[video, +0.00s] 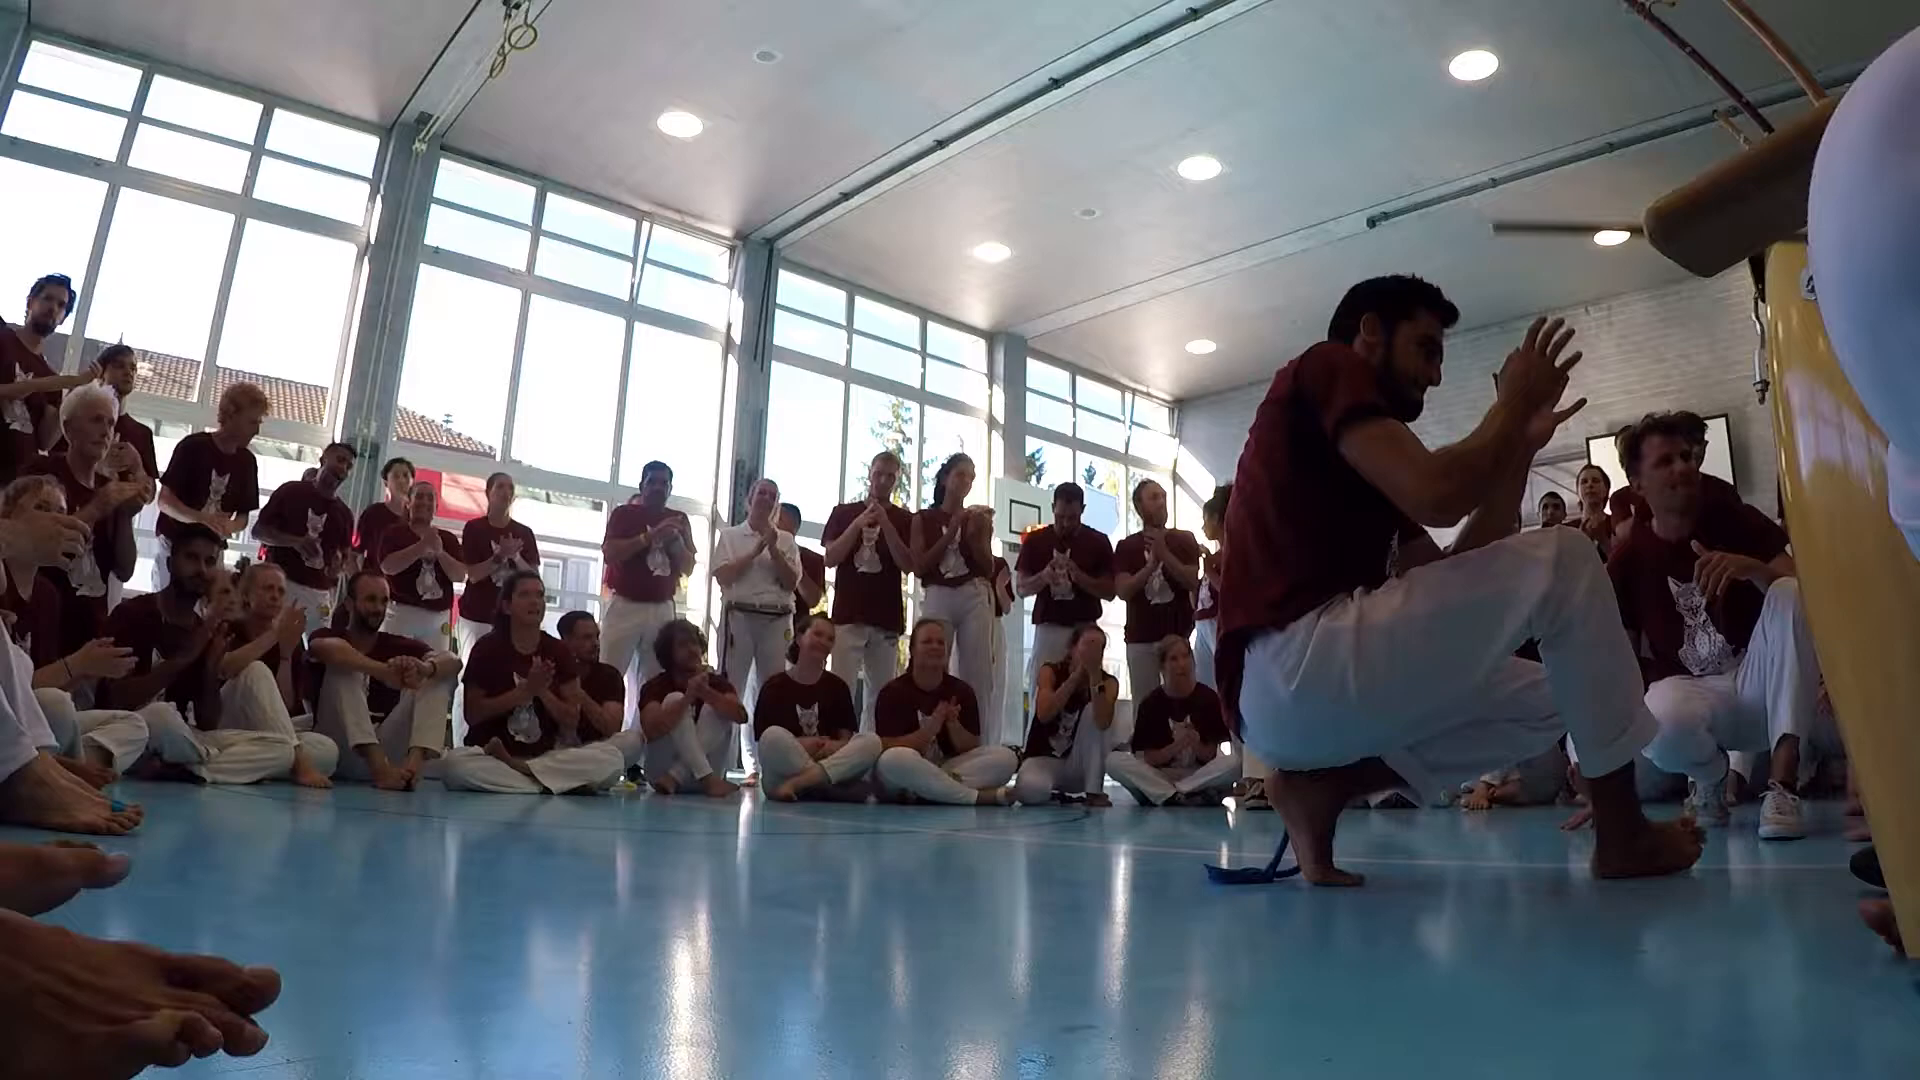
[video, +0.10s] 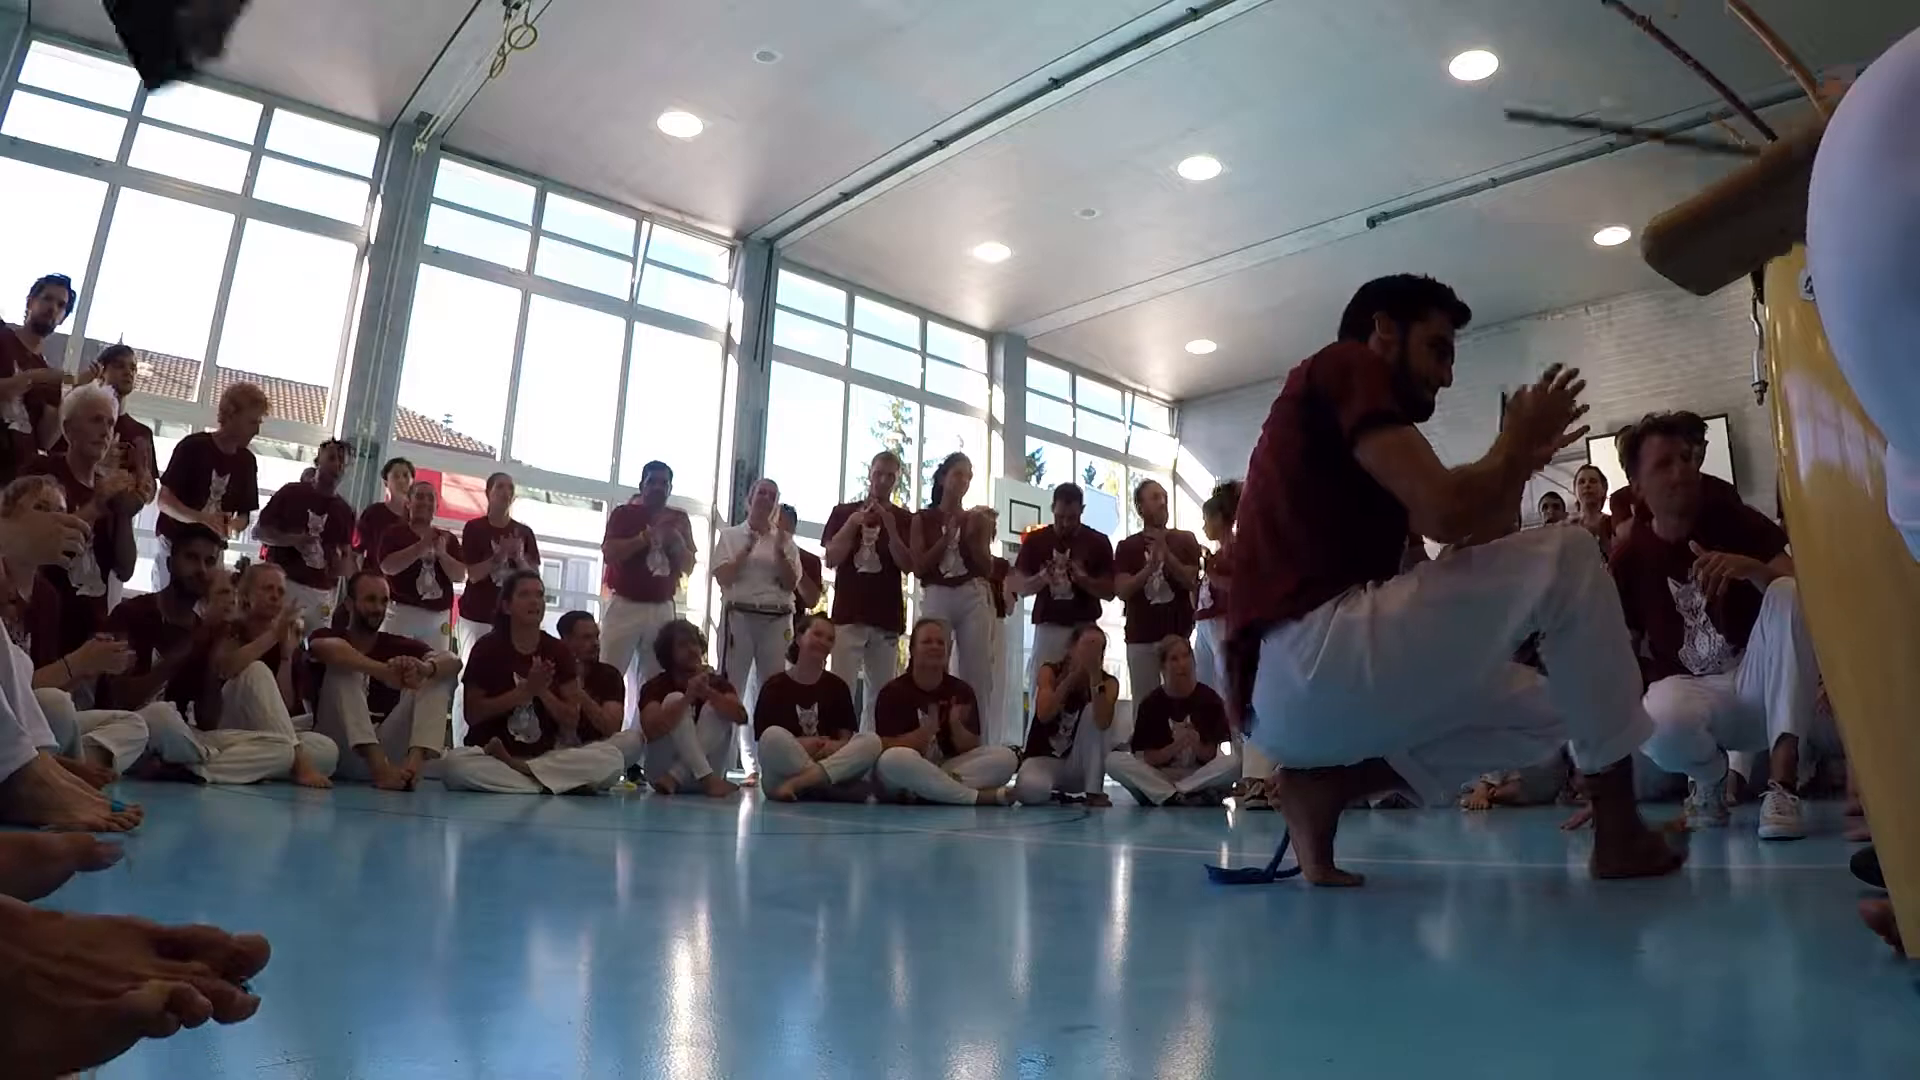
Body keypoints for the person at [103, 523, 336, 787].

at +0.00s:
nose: (202, 570)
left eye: (210, 562)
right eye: (191, 558)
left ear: (218, 569)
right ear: (171, 560)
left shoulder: (206, 627)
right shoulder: (134, 612)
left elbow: (208, 721)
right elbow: (119, 699)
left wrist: (211, 665)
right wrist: (188, 654)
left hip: (189, 737)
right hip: (136, 737)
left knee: (285, 752)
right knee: (161, 714)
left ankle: (185, 771)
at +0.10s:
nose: (201, 570)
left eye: (210, 562)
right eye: (191, 559)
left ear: (219, 569)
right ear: (171, 561)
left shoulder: (207, 626)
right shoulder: (133, 613)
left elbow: (208, 720)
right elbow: (121, 701)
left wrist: (217, 646)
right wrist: (191, 642)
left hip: (193, 736)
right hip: (140, 736)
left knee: (285, 752)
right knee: (160, 714)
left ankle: (184, 772)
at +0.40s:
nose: (203, 575)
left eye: (211, 567)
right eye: (193, 564)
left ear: (219, 573)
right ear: (173, 564)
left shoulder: (203, 628)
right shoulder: (135, 612)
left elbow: (208, 721)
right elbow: (122, 697)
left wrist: (212, 658)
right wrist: (192, 656)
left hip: (188, 737)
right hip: (139, 739)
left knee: (284, 751)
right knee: (160, 714)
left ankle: (188, 771)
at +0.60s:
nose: (202, 573)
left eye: (211, 565)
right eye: (193, 562)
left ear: (220, 571)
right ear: (173, 562)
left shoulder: (202, 631)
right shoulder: (132, 612)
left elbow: (208, 720)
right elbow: (123, 702)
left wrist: (218, 672)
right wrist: (171, 653)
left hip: (184, 736)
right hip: (134, 738)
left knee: (284, 750)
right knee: (161, 714)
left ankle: (188, 773)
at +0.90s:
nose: (209, 574)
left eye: (216, 566)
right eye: (200, 563)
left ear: (220, 571)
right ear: (175, 563)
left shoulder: (204, 631)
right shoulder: (135, 612)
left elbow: (207, 720)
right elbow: (124, 702)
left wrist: (221, 672)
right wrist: (175, 658)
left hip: (184, 735)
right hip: (131, 735)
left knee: (284, 751)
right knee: (161, 715)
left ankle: (181, 771)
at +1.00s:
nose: (209, 572)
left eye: (214, 565)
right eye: (199, 562)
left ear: (220, 571)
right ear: (175, 563)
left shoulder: (204, 629)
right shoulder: (134, 612)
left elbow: (207, 720)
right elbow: (125, 698)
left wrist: (216, 669)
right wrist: (200, 665)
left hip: (180, 736)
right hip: (129, 735)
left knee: (283, 750)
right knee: (161, 715)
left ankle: (186, 772)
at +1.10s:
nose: (209, 572)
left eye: (215, 564)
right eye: (199, 561)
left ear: (220, 571)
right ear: (175, 562)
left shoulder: (203, 629)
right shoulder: (134, 612)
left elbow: (207, 721)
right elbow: (124, 698)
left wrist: (216, 670)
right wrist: (199, 665)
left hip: (181, 736)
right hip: (129, 734)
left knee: (283, 750)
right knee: (162, 715)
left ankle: (185, 772)